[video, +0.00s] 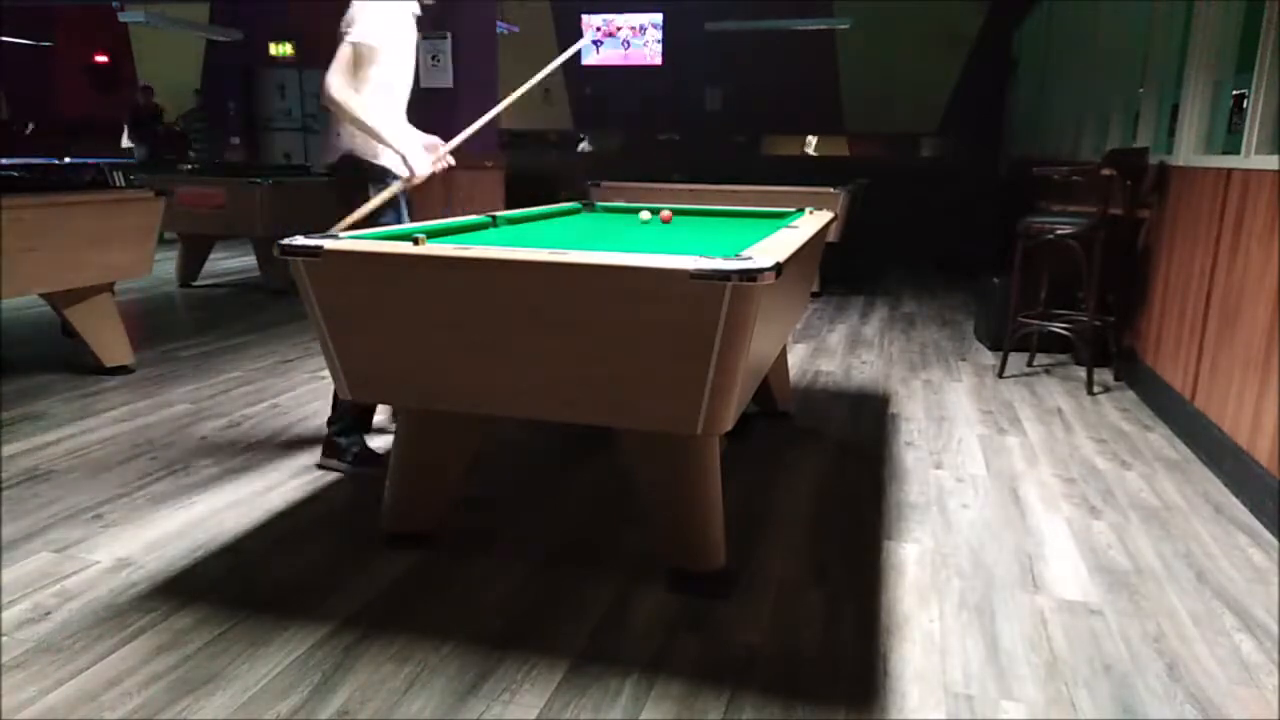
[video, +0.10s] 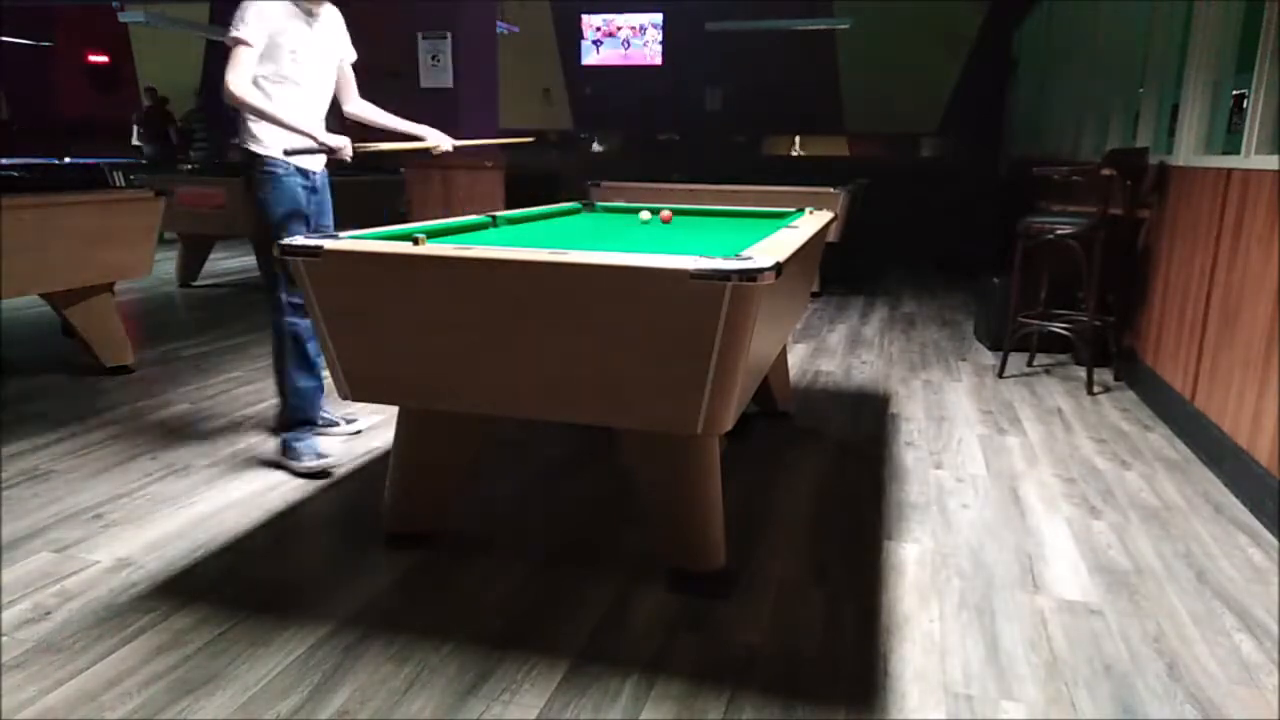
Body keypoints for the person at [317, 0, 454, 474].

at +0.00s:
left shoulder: (403, 18)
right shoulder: (376, 11)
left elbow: (376, 104)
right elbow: (335, 87)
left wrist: (418, 138)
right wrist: (407, 147)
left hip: (382, 168)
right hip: (362, 168)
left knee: (385, 297)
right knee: (370, 299)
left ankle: (354, 425)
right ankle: (344, 436)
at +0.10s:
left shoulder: (333, 20)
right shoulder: (262, 9)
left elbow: (351, 104)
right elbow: (235, 87)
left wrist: (422, 131)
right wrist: (319, 135)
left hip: (314, 169)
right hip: (273, 167)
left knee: (317, 293)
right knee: (292, 297)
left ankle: (310, 406)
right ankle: (296, 433)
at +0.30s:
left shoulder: (237, 8)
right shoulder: (189, 4)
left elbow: (238, 87)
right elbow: (195, 78)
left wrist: (301, 128)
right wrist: (291, 120)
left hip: (245, 158)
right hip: (218, 159)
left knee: (255, 310)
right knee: (261, 317)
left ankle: (248, 436)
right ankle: (232, 467)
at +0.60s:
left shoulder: (184, 11)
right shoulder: (177, 5)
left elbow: (194, 89)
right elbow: (171, 76)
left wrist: (251, 151)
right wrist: (243, 157)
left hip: (208, 168)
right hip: (208, 168)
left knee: (229, 327)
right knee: (235, 332)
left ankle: (209, 465)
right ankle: (223, 479)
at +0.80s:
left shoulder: (167, 16)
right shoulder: (109, 6)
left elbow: (170, 112)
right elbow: (89, 90)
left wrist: (247, 152)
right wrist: (165, 161)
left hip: (162, 172)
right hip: (124, 173)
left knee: (195, 305)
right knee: (147, 316)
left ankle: (201, 419)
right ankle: (124, 447)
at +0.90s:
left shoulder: (148, 14)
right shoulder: (89, 8)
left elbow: (162, 104)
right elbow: (61, 94)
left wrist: (241, 140)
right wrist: (144, 159)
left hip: (147, 167)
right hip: (113, 171)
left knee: (179, 305)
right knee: (144, 313)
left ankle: (159, 415)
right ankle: (120, 447)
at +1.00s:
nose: (238, 3)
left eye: (240, 1)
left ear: (225, 4)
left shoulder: (223, 32)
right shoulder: (155, 19)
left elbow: (243, 115)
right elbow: (115, 104)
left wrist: (304, 144)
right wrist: (189, 157)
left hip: (191, 173)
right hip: (162, 173)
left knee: (185, 287)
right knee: (238, 282)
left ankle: (169, 406)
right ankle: (222, 411)